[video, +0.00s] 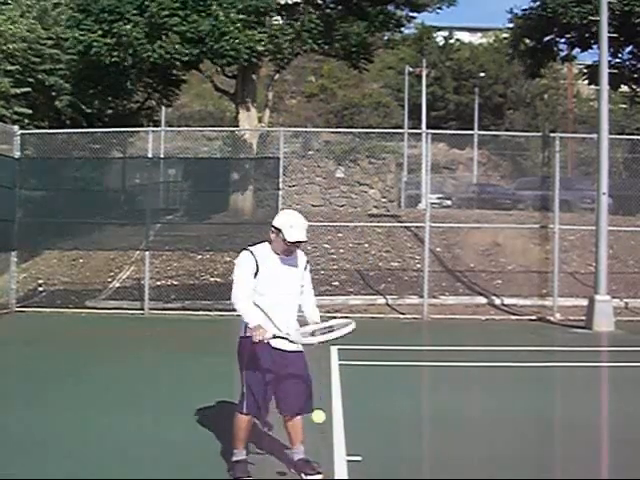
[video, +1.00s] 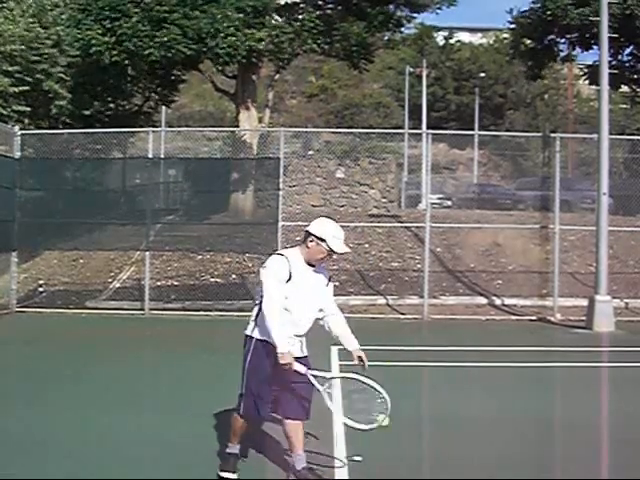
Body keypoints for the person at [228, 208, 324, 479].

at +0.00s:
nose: (293, 247)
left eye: (297, 243)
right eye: (288, 242)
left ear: (300, 240)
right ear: (273, 233)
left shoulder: (300, 260)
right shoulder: (250, 258)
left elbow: (307, 298)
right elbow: (240, 298)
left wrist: (317, 324)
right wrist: (255, 323)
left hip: (290, 342)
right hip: (258, 340)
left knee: (294, 401)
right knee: (250, 402)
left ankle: (299, 458)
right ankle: (239, 458)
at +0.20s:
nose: (287, 249)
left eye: (290, 244)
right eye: (283, 243)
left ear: (291, 241)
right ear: (267, 234)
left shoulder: (287, 259)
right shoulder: (241, 262)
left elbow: (293, 291)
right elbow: (239, 306)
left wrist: (307, 317)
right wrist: (246, 347)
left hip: (281, 340)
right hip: (250, 340)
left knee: (297, 390)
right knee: (247, 398)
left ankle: (292, 454)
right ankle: (238, 457)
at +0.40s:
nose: (292, 248)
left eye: (294, 244)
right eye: (289, 243)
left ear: (281, 238)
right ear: (272, 233)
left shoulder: (286, 263)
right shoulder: (242, 260)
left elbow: (293, 297)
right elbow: (231, 307)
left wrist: (313, 315)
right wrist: (233, 347)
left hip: (281, 342)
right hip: (252, 342)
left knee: (292, 397)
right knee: (250, 401)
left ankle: (298, 460)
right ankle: (238, 457)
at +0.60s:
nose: (306, 251)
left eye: (308, 247)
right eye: (304, 246)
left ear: (293, 240)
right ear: (287, 236)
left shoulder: (299, 267)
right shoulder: (255, 259)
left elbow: (315, 301)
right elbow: (235, 300)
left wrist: (349, 297)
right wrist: (227, 340)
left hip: (285, 344)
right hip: (253, 341)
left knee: (294, 400)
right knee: (248, 402)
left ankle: (300, 464)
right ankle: (240, 458)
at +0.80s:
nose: (325, 258)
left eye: (328, 254)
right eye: (324, 252)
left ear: (313, 246)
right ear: (307, 242)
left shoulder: (316, 278)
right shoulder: (273, 261)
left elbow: (326, 310)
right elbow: (255, 303)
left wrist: (349, 335)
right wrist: (248, 344)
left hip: (293, 350)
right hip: (263, 345)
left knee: (295, 407)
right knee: (250, 403)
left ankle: (300, 466)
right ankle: (239, 459)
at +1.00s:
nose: (329, 256)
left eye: (332, 252)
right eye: (328, 250)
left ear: (315, 245)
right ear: (312, 242)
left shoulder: (320, 277)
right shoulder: (278, 263)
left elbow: (330, 313)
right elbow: (271, 307)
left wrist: (353, 346)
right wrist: (282, 347)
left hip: (295, 344)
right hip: (263, 342)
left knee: (295, 402)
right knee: (251, 403)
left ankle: (299, 466)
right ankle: (232, 452)